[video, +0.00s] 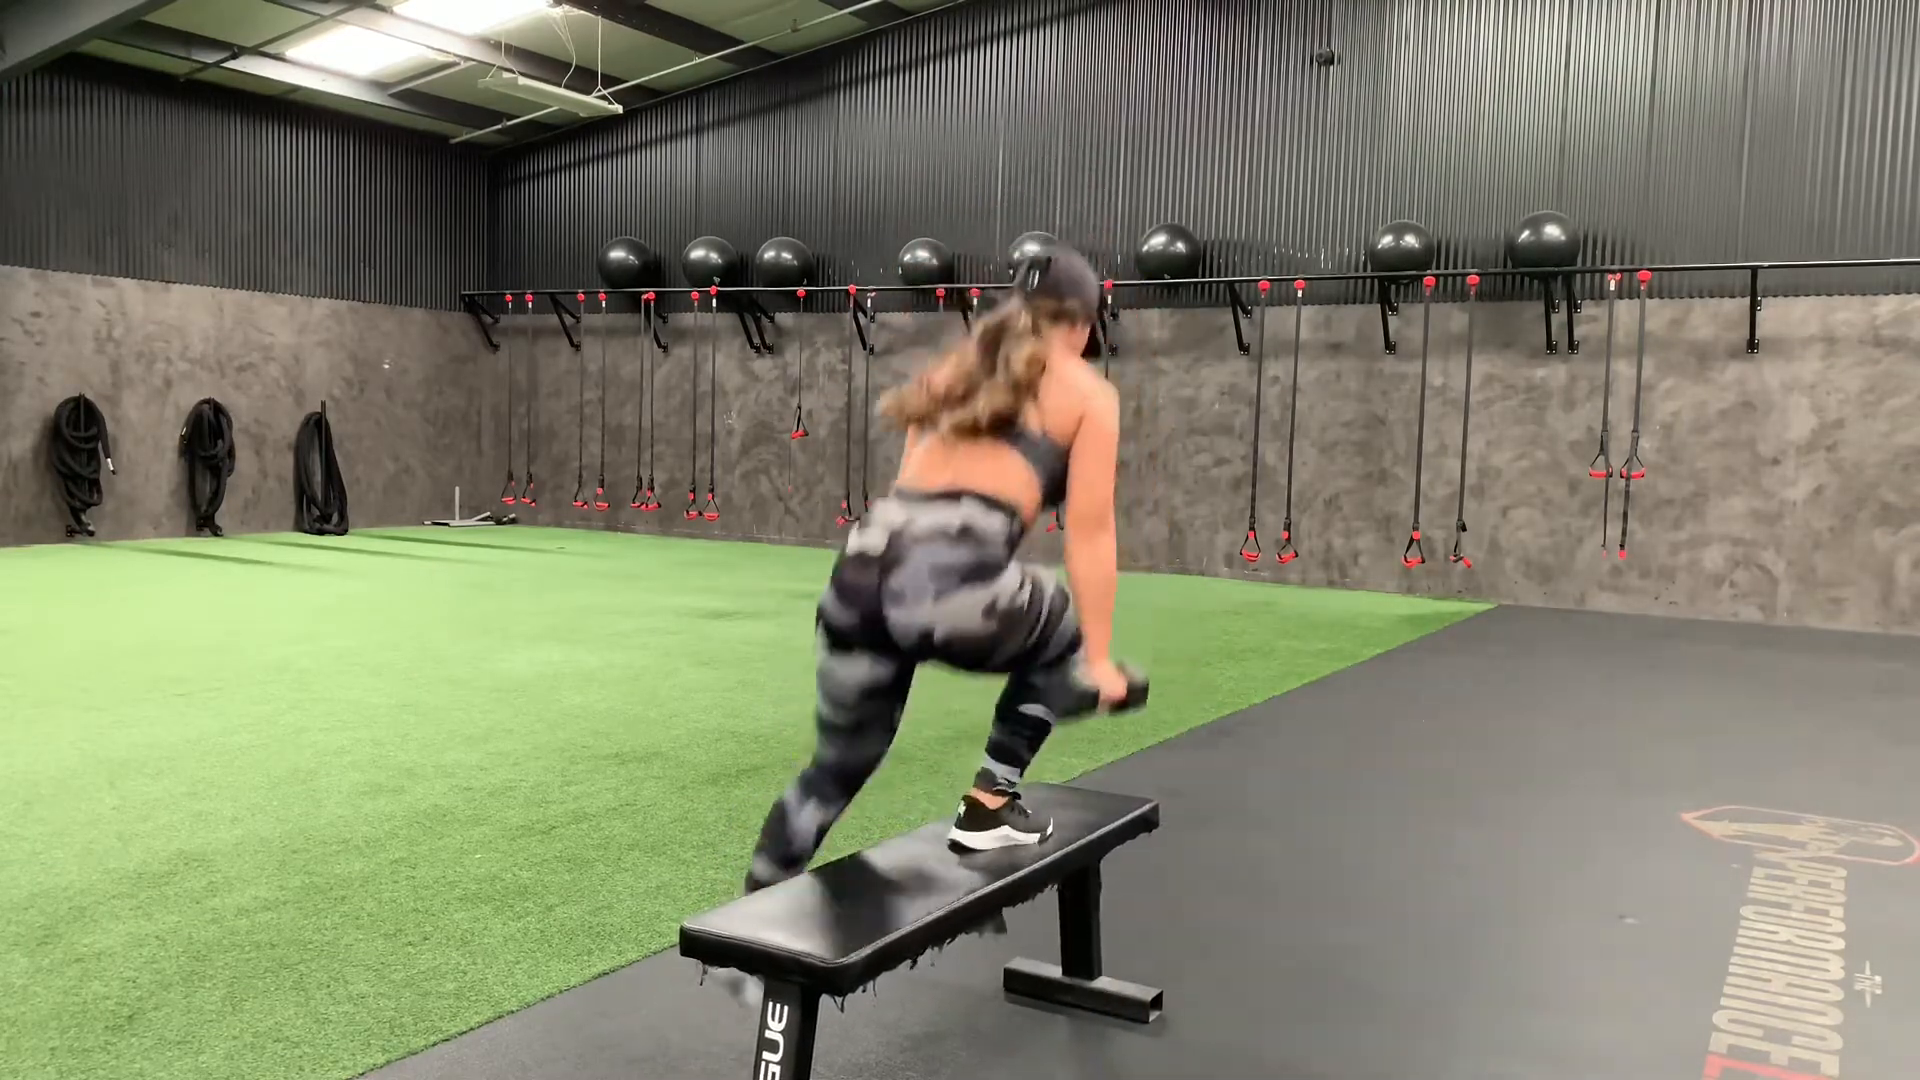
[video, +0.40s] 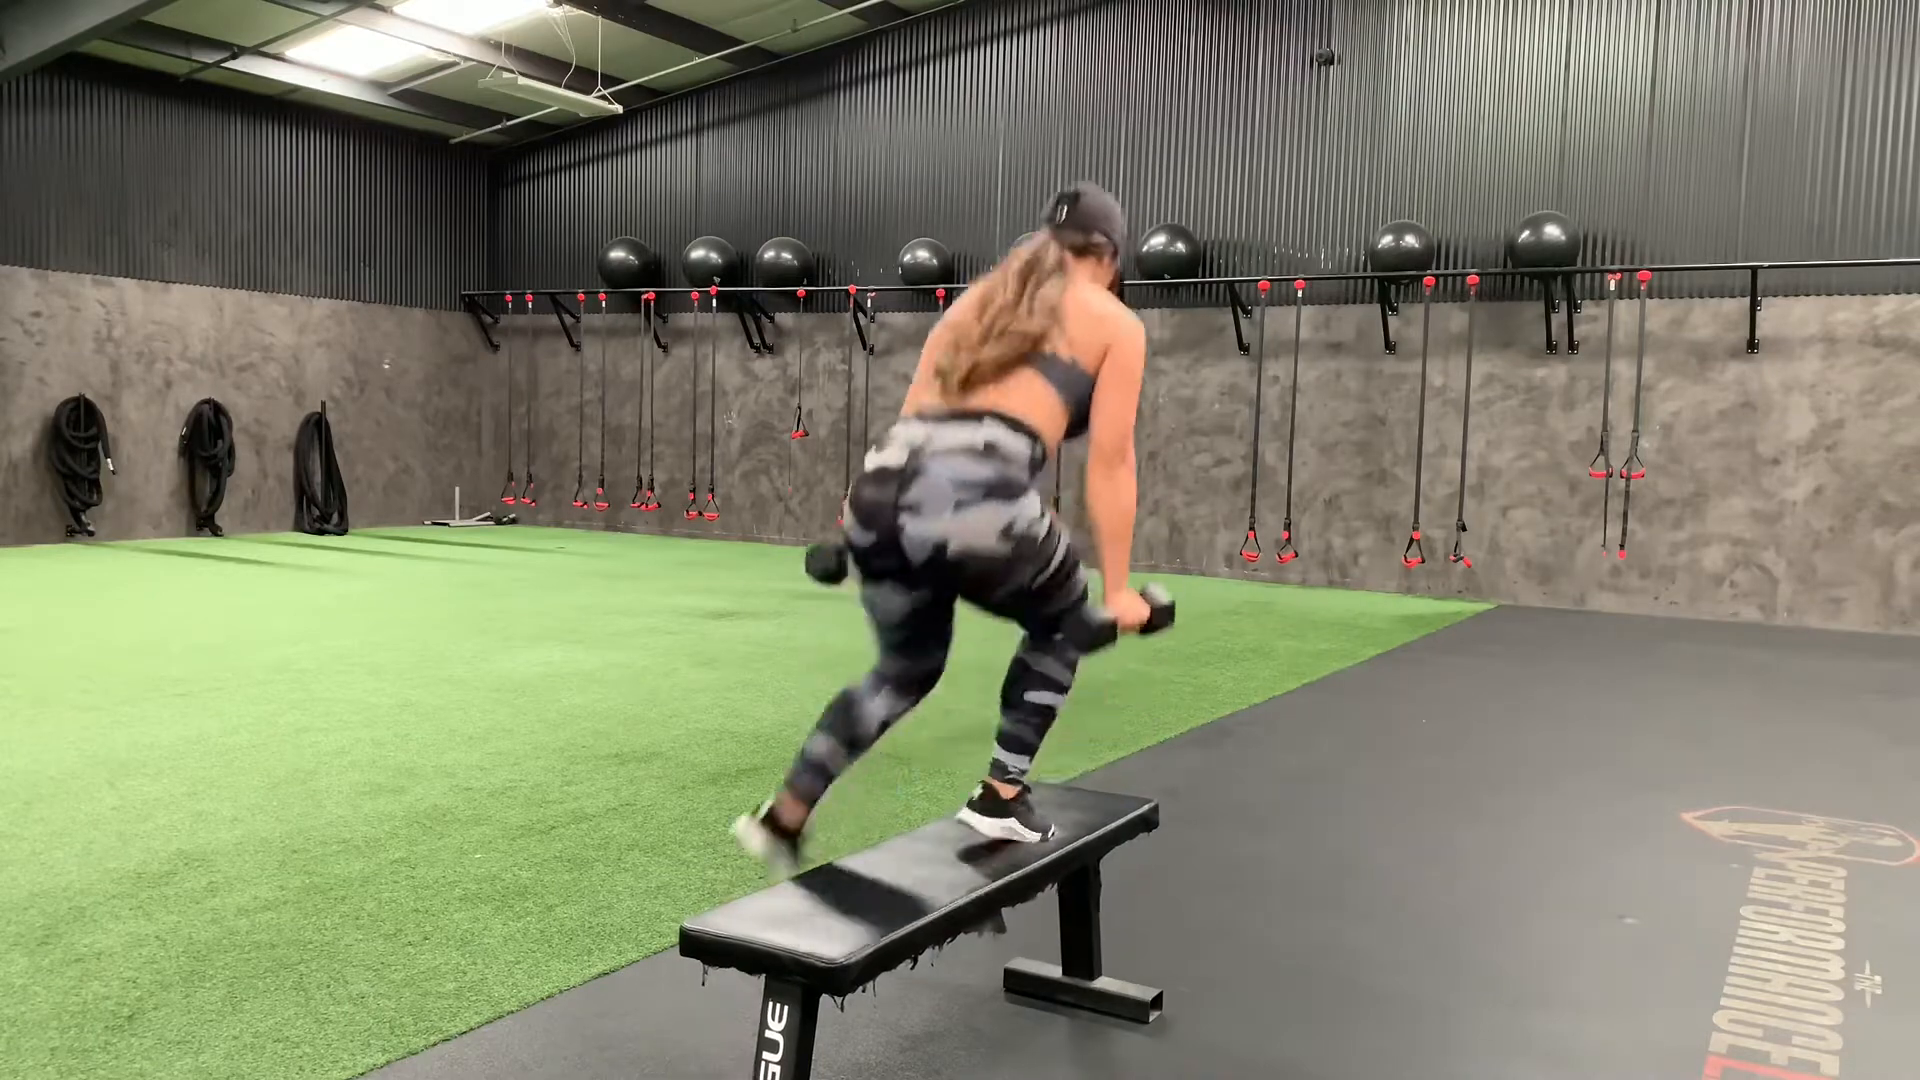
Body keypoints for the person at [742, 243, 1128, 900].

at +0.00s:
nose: (1085, 340)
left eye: (1085, 327)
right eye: (1085, 327)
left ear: (1014, 314)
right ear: (1077, 325)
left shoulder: (952, 371)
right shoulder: (1086, 392)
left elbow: (910, 482)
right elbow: (1089, 530)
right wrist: (1097, 659)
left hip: (858, 583)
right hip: (952, 588)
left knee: (836, 765)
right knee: (1063, 636)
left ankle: (755, 914)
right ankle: (988, 808)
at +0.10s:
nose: (1064, 419)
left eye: (1066, 405)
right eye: (1067, 405)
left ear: (997, 389)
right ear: (1057, 401)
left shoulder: (932, 451)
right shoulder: (1052, 475)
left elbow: (912, 566)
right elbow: (1072, 618)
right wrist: (1092, 746)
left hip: (846, 679)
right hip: (931, 686)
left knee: (827, 872)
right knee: (1059, 650)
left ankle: (709, 1020)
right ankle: (993, 804)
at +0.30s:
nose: (1105, 337)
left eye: (1105, 325)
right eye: (1105, 325)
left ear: (1032, 311)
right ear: (1094, 323)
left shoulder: (967, 368)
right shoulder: (1098, 389)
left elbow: (918, 478)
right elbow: (1097, 529)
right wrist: (1106, 659)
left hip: (860, 569)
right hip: (951, 580)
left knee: (832, 760)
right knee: (1068, 629)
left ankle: (743, 939)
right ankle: (993, 802)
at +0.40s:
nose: (1111, 277)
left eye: (1111, 264)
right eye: (1112, 264)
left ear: (1043, 246)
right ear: (1104, 257)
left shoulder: (972, 301)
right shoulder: (1113, 323)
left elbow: (912, 417)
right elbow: (1110, 462)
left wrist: (859, 514)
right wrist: (1117, 589)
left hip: (886, 493)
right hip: (979, 501)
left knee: (907, 665)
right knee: (1063, 617)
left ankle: (786, 813)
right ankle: (1002, 792)